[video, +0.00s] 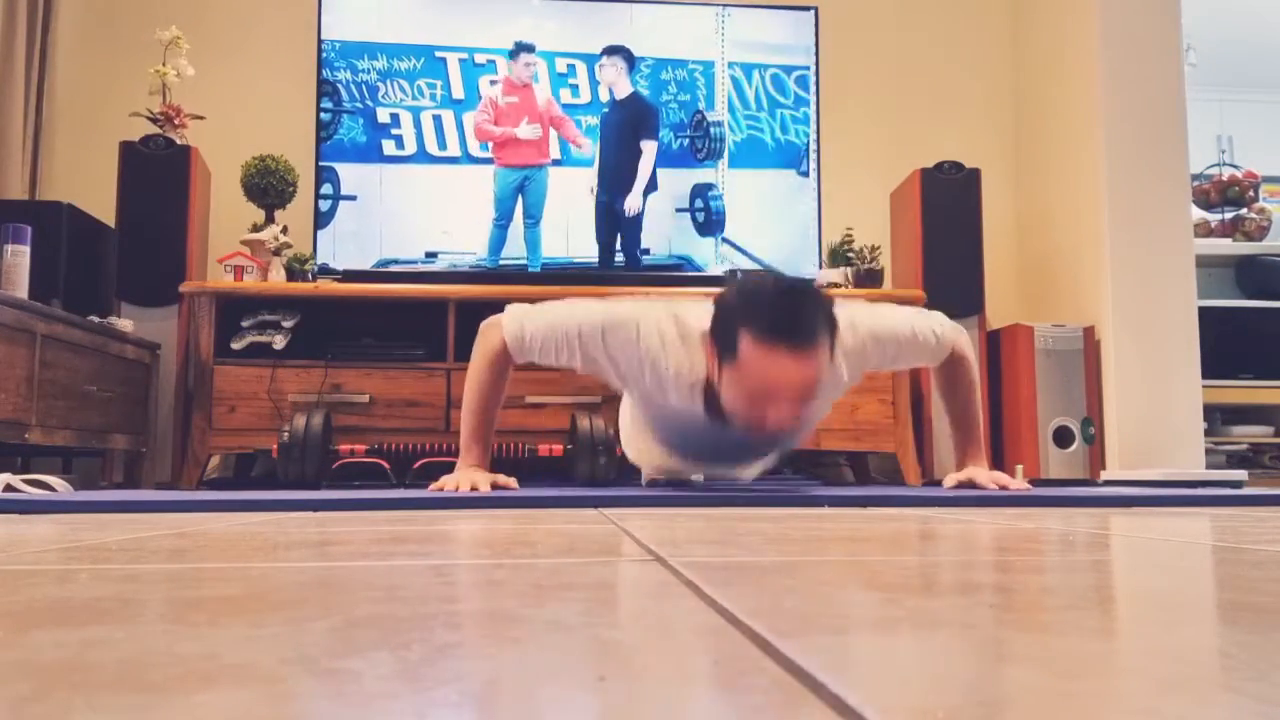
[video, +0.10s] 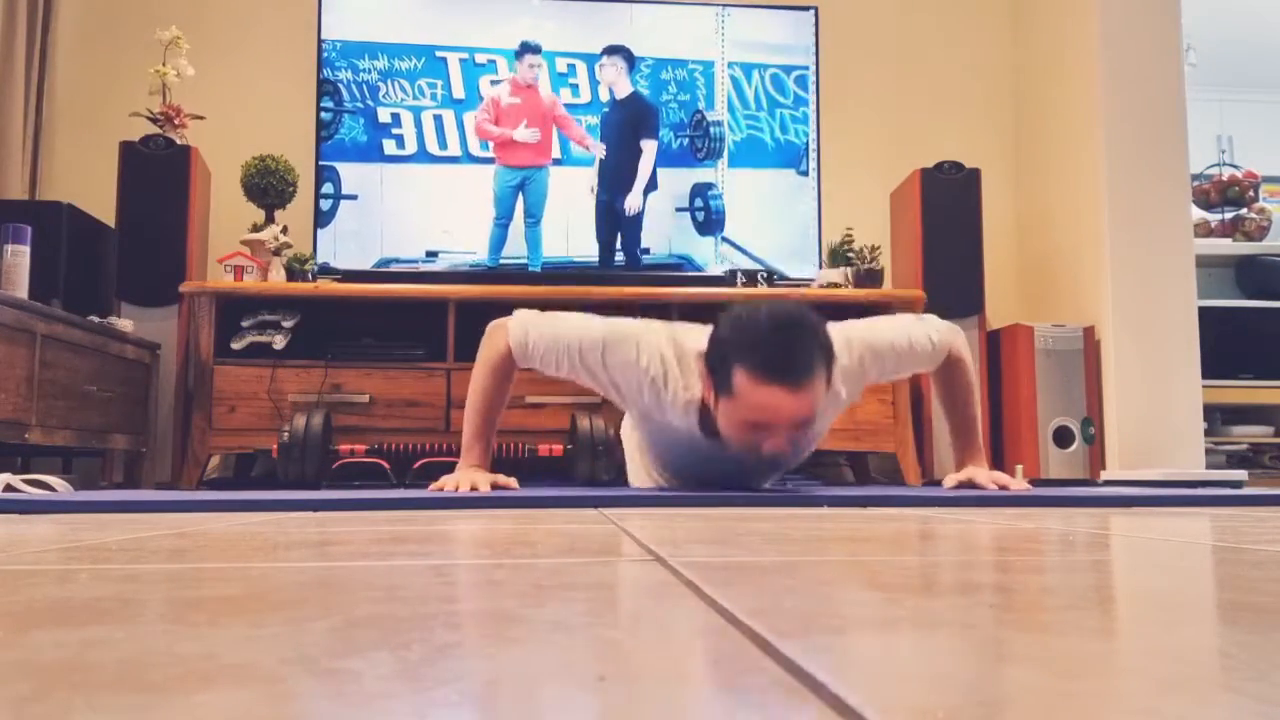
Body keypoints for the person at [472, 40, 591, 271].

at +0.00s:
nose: (531, 70)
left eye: (534, 65)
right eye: (526, 65)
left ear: (536, 65)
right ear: (512, 65)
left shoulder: (541, 94)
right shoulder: (495, 96)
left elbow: (561, 121)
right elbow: (480, 129)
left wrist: (578, 139)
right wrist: (515, 132)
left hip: (537, 169)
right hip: (507, 169)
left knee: (533, 221)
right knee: (501, 220)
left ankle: (534, 270)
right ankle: (491, 267)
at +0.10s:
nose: (535, 72)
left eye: (538, 67)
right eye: (530, 66)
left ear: (541, 67)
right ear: (517, 65)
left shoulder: (548, 99)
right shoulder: (498, 95)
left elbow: (567, 125)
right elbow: (481, 126)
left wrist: (589, 143)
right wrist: (513, 135)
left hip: (538, 169)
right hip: (507, 169)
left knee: (534, 220)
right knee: (501, 219)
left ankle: (535, 269)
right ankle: (491, 266)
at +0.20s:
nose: (539, 74)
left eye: (542, 69)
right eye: (534, 68)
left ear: (545, 68)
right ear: (520, 65)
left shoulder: (551, 99)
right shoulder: (501, 95)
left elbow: (570, 125)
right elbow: (482, 125)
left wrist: (592, 143)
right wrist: (512, 136)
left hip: (539, 170)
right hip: (508, 169)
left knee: (535, 220)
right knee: (502, 218)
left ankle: (536, 268)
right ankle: (492, 265)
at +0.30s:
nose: (541, 74)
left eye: (544, 69)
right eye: (536, 68)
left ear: (547, 68)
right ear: (522, 65)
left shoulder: (552, 98)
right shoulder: (503, 93)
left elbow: (570, 124)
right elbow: (482, 125)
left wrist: (592, 142)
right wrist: (512, 136)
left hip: (540, 169)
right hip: (509, 168)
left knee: (535, 219)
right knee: (503, 218)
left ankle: (536, 267)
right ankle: (493, 264)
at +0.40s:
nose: (543, 74)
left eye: (547, 68)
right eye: (539, 68)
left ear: (550, 68)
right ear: (525, 65)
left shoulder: (553, 98)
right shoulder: (506, 94)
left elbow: (570, 124)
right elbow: (486, 126)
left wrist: (589, 140)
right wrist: (519, 140)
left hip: (542, 169)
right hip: (512, 168)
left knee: (536, 218)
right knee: (505, 217)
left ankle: (538, 266)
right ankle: (495, 263)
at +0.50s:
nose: (546, 73)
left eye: (549, 68)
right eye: (541, 67)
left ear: (551, 67)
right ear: (526, 65)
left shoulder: (553, 95)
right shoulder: (509, 94)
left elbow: (572, 115)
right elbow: (494, 131)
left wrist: (583, 122)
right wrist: (529, 146)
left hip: (544, 168)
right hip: (515, 168)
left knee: (538, 218)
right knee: (506, 217)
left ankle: (538, 265)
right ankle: (496, 262)